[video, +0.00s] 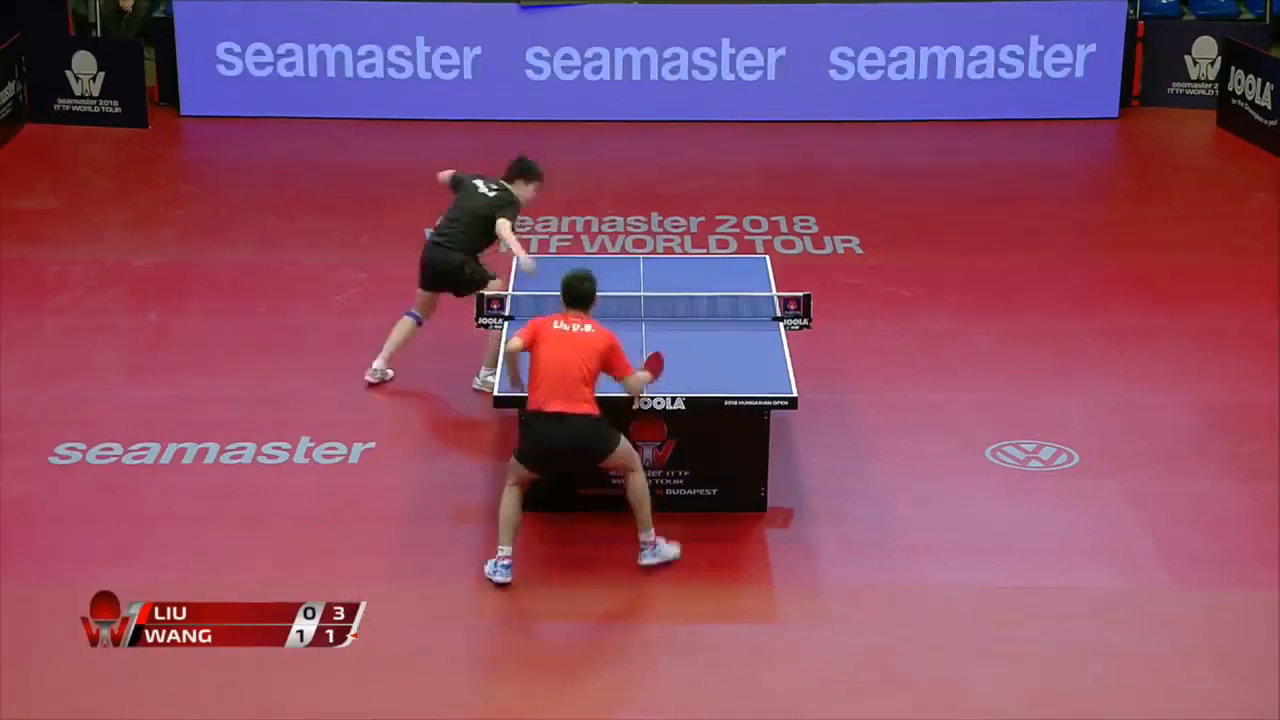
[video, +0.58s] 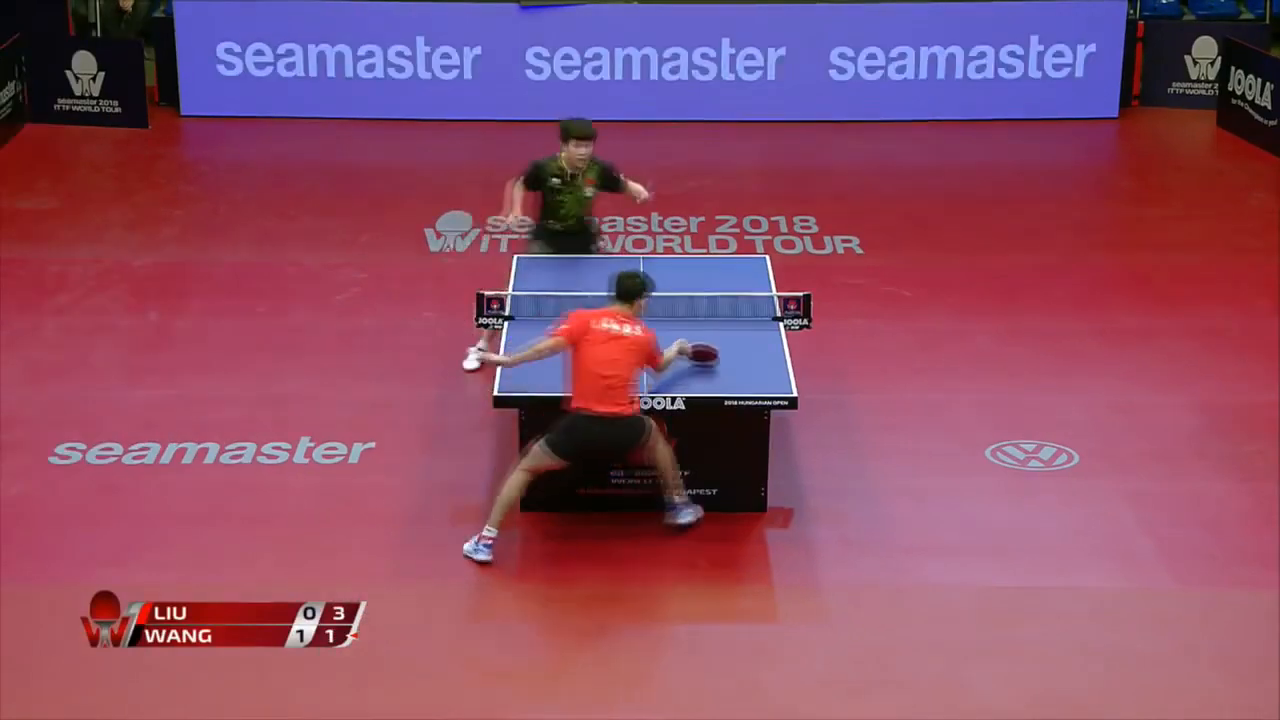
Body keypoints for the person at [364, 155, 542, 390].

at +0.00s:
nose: (533, 196)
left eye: (536, 190)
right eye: (534, 189)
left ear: (512, 177)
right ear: (522, 182)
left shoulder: (476, 181)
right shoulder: (509, 201)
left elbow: (443, 176)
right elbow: (503, 228)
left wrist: (461, 182)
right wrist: (521, 254)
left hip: (431, 254)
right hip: (458, 261)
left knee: (420, 309)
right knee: (503, 301)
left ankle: (379, 364)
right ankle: (488, 373)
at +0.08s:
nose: (550, 200)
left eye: (553, 195)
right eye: (551, 193)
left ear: (532, 180)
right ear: (536, 184)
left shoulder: (500, 182)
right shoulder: (519, 202)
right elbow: (496, 227)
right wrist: (505, 261)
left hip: (444, 253)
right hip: (464, 260)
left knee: (445, 311)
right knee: (510, 300)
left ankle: (390, 350)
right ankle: (488, 373)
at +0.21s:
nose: (567, 182)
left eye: (569, 176)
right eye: (564, 175)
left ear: (546, 166)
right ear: (548, 169)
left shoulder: (531, 173)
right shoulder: (525, 188)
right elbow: (483, 202)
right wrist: (478, 239)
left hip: (488, 240)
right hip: (480, 242)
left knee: (494, 298)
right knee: (505, 303)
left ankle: (432, 323)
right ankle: (487, 372)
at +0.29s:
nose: (572, 162)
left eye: (574, 156)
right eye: (569, 155)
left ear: (562, 151)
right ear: (554, 149)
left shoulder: (549, 163)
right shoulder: (526, 168)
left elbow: (566, 154)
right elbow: (484, 177)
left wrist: (586, 150)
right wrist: (474, 213)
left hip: (515, 232)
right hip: (495, 232)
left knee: (515, 297)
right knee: (497, 301)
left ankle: (500, 362)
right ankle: (488, 368)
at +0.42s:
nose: (578, 142)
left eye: (581, 137)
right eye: (573, 136)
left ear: (583, 137)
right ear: (555, 135)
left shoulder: (569, 155)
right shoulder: (531, 154)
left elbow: (589, 158)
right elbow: (493, 167)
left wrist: (612, 158)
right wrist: (485, 201)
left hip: (546, 223)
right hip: (515, 223)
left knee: (576, 270)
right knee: (504, 291)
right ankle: (480, 352)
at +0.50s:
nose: (579, 147)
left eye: (583, 141)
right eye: (574, 141)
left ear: (587, 141)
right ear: (558, 140)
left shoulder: (583, 163)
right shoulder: (537, 160)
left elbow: (604, 174)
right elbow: (501, 176)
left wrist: (630, 179)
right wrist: (496, 210)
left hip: (563, 231)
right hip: (530, 231)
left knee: (579, 282)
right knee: (509, 290)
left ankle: (583, 345)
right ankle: (479, 346)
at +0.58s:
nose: (583, 151)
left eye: (587, 145)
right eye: (578, 145)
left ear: (593, 146)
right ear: (564, 146)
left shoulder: (597, 170)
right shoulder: (545, 169)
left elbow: (623, 184)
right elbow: (518, 184)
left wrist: (638, 191)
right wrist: (516, 213)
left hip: (582, 243)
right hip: (546, 241)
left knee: (592, 292)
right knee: (519, 290)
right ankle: (483, 345)